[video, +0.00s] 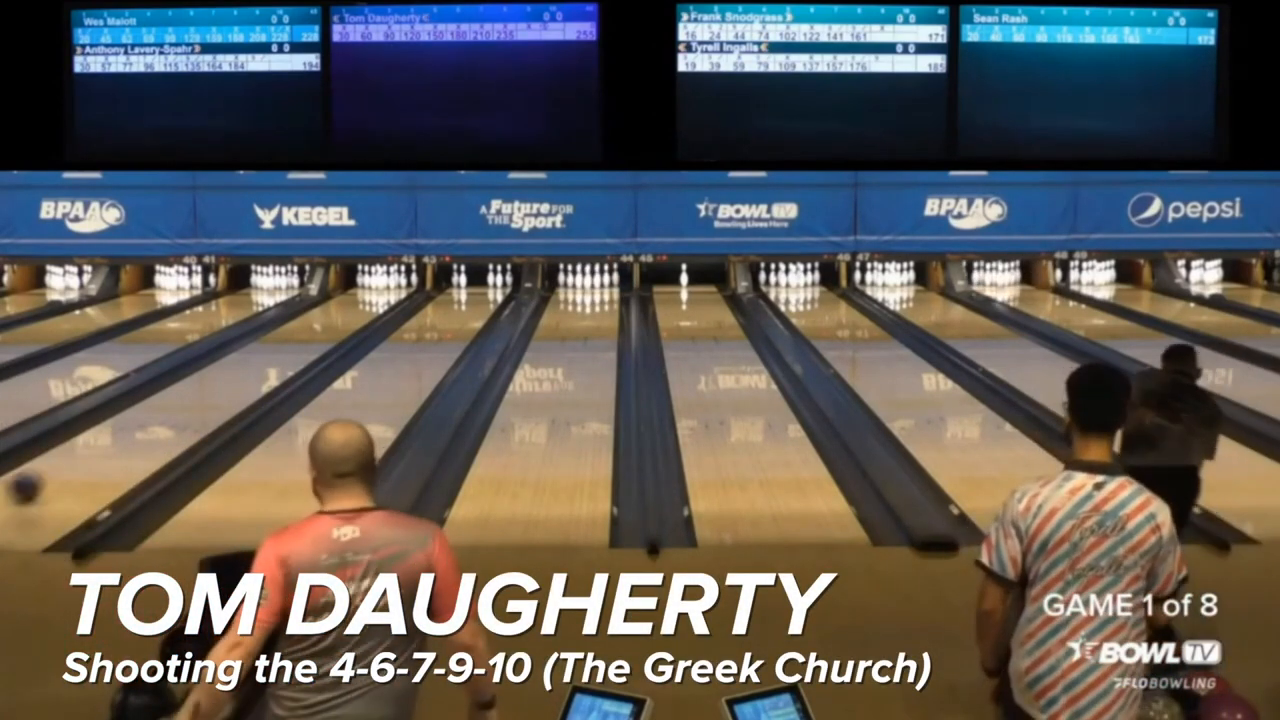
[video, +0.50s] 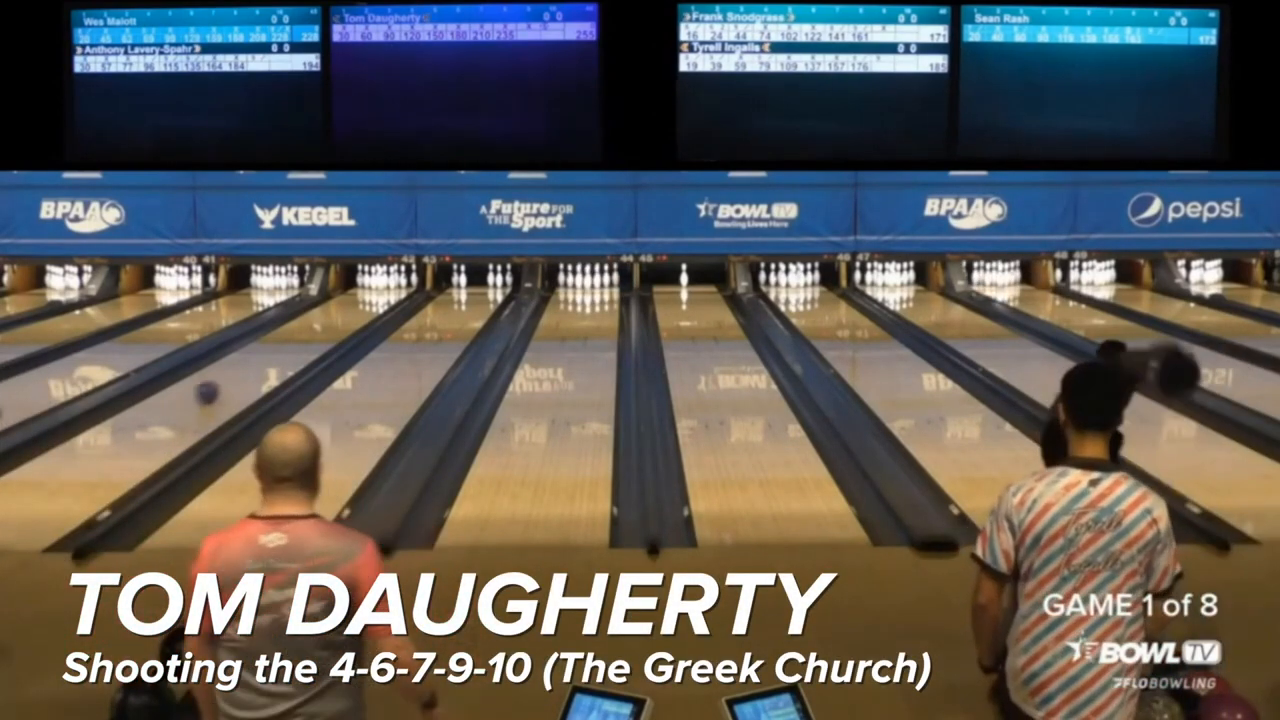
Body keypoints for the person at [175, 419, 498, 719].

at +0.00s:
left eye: (313, 468)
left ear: (314, 476)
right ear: (373, 468)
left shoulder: (283, 549)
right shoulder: (426, 540)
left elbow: (238, 649)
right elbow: (473, 648)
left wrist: (189, 713)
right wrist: (484, 703)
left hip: (295, 709)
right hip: (384, 709)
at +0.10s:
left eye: (310, 465)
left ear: (310, 473)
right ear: (371, 468)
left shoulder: (281, 551)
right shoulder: (423, 539)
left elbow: (239, 654)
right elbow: (465, 647)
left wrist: (193, 713)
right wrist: (478, 705)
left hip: (296, 709)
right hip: (386, 708)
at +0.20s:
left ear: (305, 473)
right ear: (364, 468)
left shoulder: (274, 551)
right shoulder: (418, 540)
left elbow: (236, 658)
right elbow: (459, 655)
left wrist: (192, 714)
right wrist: (474, 711)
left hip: (292, 709)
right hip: (382, 708)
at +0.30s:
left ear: (292, 475)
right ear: (353, 472)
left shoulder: (256, 552)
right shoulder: (402, 545)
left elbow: (219, 673)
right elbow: (447, 654)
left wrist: (197, 715)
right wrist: (466, 710)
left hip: (277, 710)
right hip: (367, 709)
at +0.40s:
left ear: (269, 474)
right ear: (329, 474)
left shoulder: (229, 553)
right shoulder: (370, 551)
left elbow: (205, 662)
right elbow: (410, 650)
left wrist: (208, 713)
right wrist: (445, 704)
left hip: (254, 710)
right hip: (344, 709)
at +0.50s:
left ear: (258, 472)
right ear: (317, 472)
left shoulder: (216, 551)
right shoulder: (357, 551)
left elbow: (197, 661)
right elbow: (394, 651)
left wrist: (211, 714)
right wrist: (425, 695)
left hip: (240, 710)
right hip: (330, 709)